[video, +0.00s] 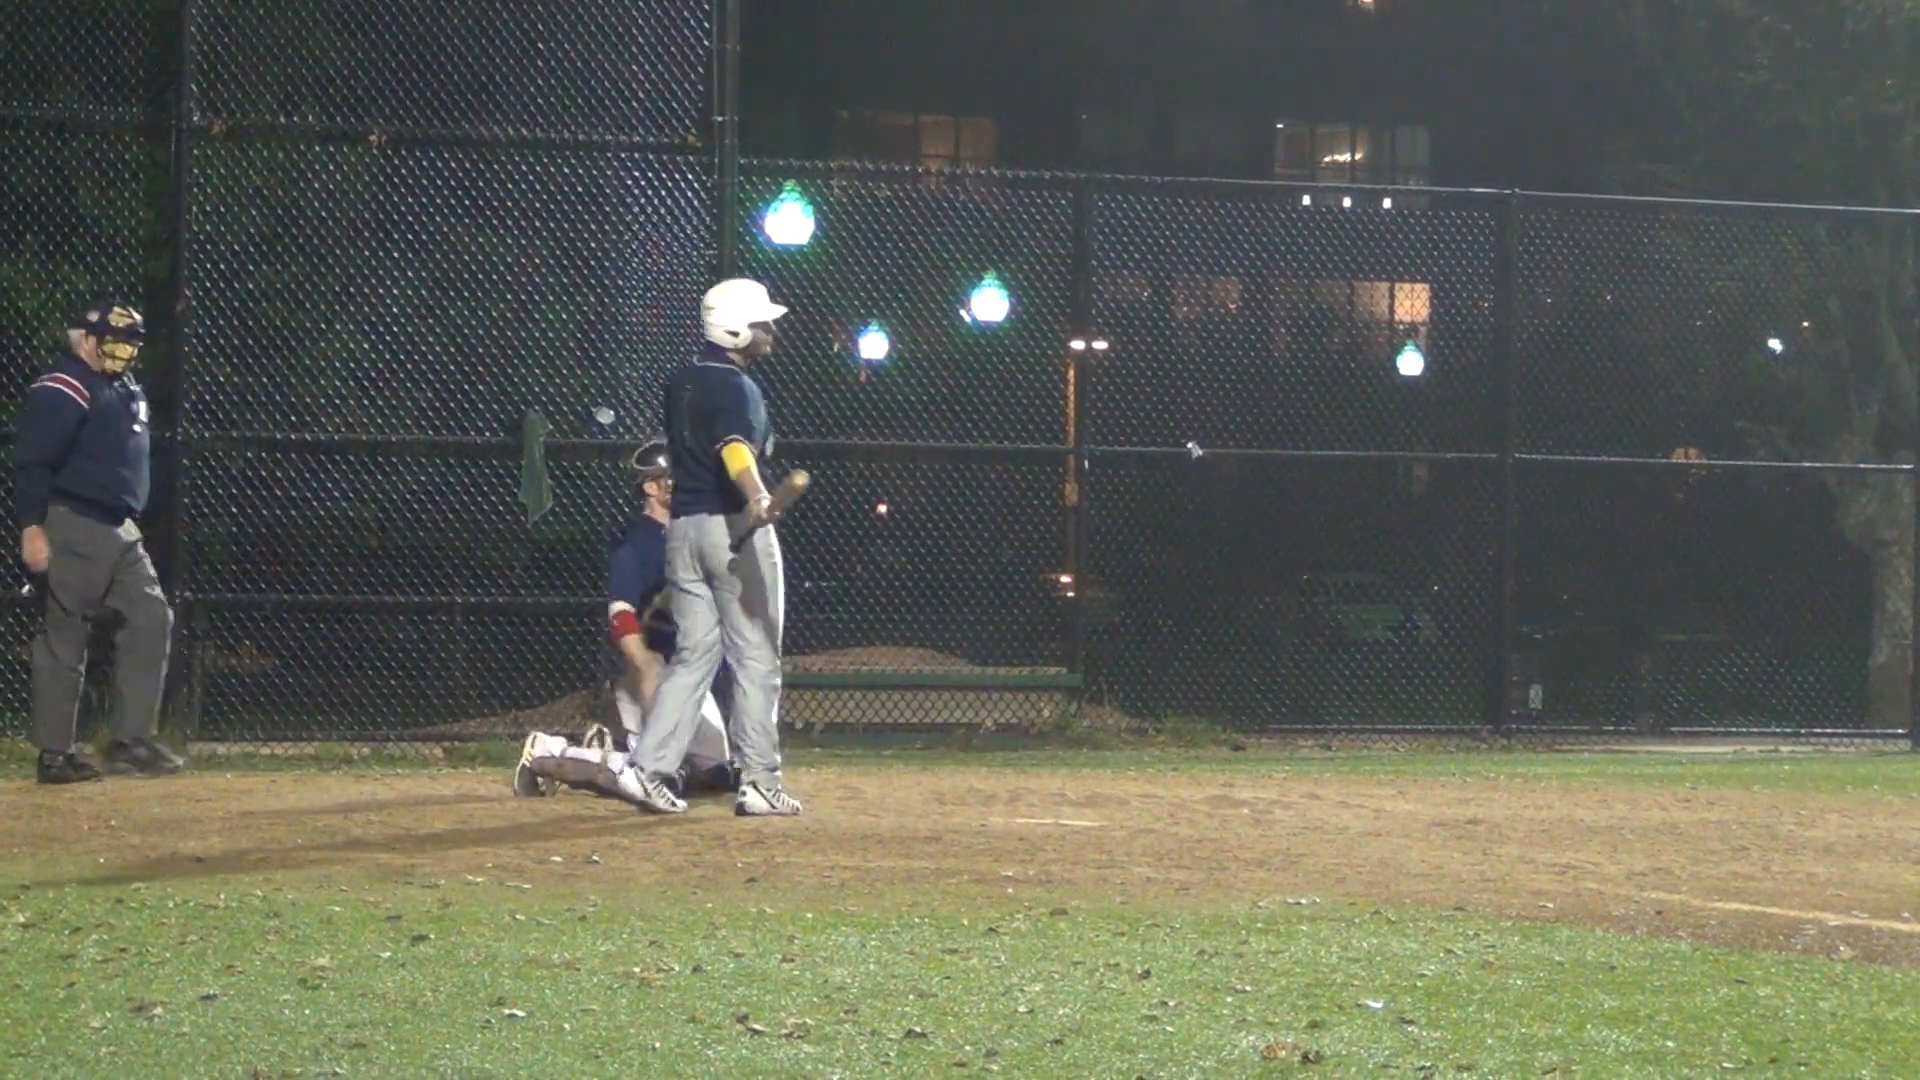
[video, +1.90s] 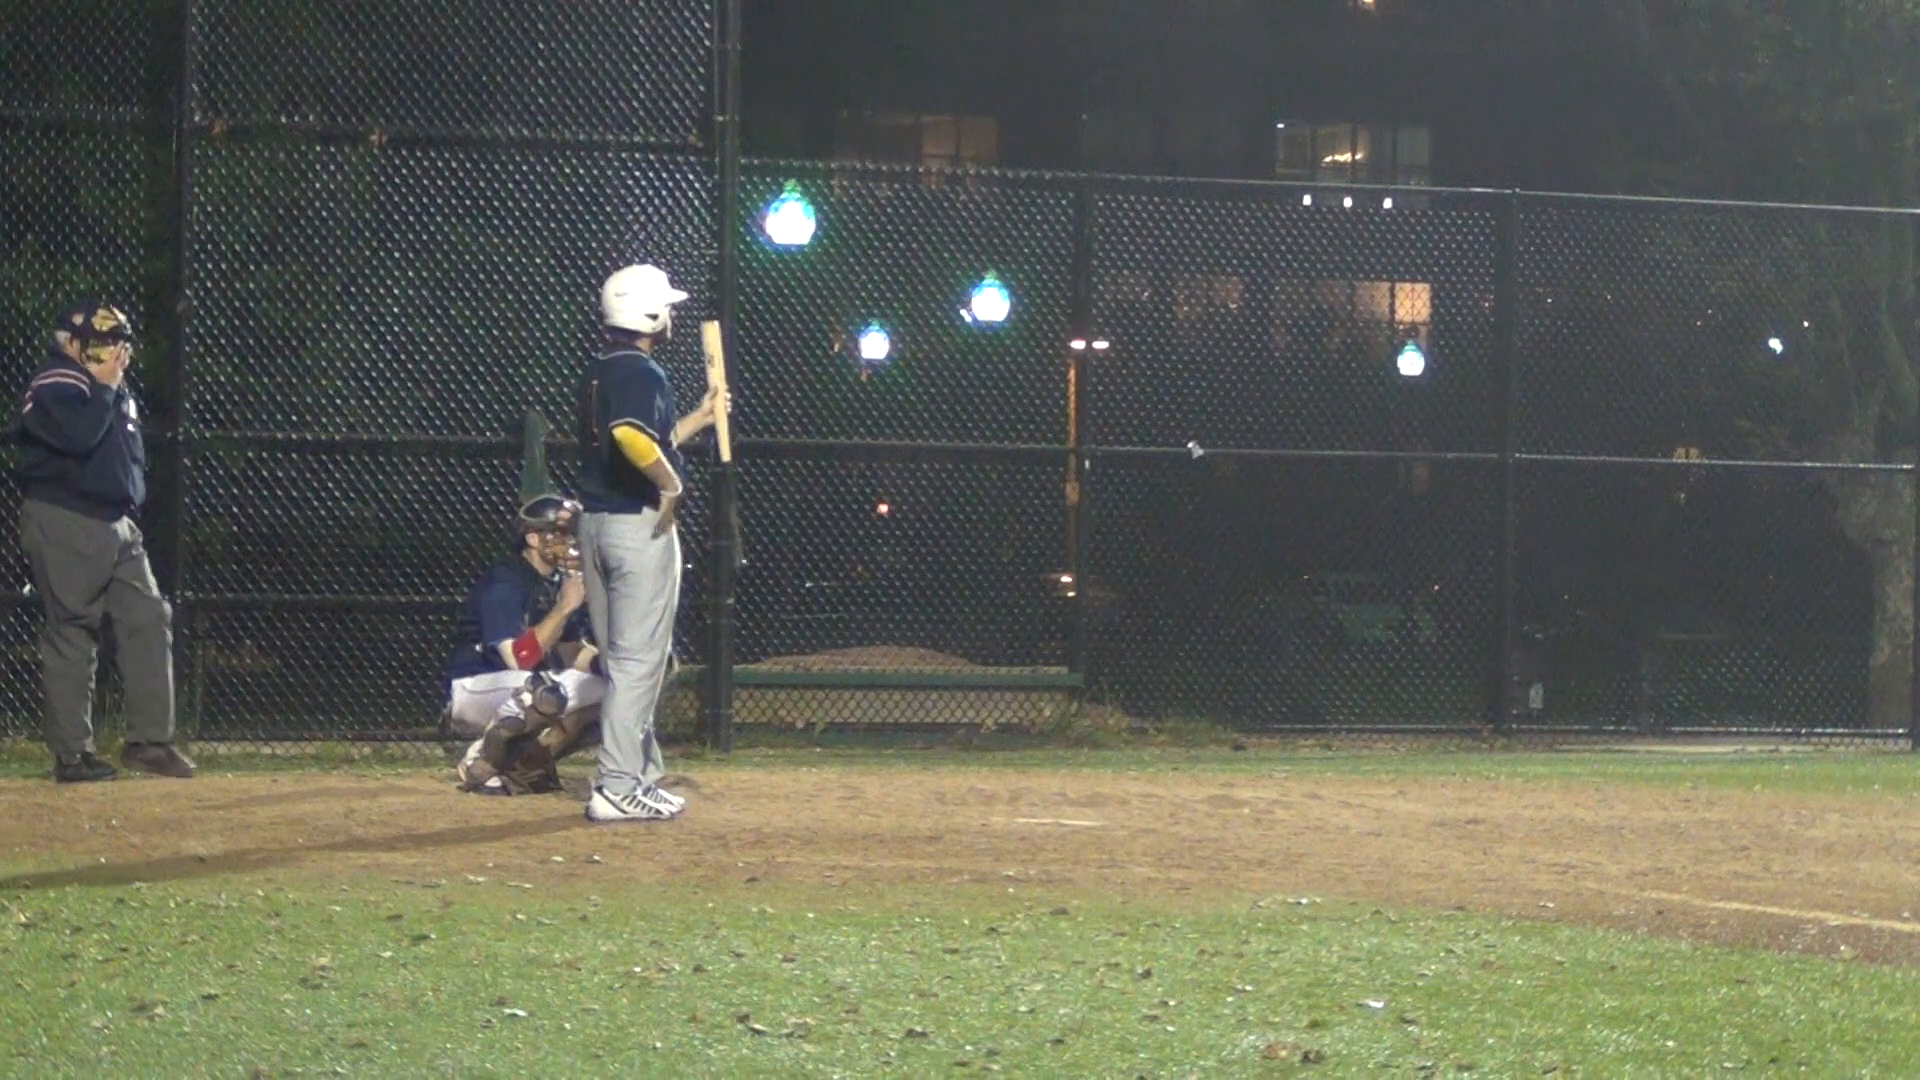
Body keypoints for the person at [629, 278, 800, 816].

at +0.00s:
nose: (773, 333)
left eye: (771, 324)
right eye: (766, 325)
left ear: (721, 330)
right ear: (742, 331)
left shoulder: (681, 381)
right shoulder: (736, 385)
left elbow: (681, 452)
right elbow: (735, 453)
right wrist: (760, 497)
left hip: (685, 527)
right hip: (733, 526)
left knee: (695, 652)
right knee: (756, 656)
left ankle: (650, 769)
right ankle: (759, 784)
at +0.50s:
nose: (699, 324)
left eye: (696, 315)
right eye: (690, 316)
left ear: (651, 323)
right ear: (661, 322)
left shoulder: (610, 377)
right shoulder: (663, 373)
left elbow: (602, 456)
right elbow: (668, 456)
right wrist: (682, 534)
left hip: (621, 523)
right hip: (671, 520)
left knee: (638, 651)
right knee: (744, 629)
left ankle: (635, 782)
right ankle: (726, 751)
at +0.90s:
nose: (671, 319)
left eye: (667, 310)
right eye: (662, 311)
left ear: (623, 320)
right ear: (637, 318)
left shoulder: (591, 383)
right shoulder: (657, 372)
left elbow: (585, 465)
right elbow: (677, 453)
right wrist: (716, 520)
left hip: (605, 527)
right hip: (657, 525)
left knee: (630, 651)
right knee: (685, 647)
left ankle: (628, 780)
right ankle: (646, 766)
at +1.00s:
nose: (666, 319)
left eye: (663, 310)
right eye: (659, 311)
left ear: (616, 321)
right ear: (637, 318)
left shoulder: (587, 382)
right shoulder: (654, 373)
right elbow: (676, 453)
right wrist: (722, 510)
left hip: (603, 523)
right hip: (654, 521)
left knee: (625, 654)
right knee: (665, 653)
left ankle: (628, 773)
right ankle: (630, 779)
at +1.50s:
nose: (666, 315)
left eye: (663, 307)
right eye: (659, 308)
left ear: (615, 319)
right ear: (640, 316)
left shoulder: (597, 374)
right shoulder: (640, 376)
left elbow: (638, 454)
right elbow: (652, 462)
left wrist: (709, 431)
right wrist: (694, 501)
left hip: (601, 524)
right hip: (641, 527)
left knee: (624, 654)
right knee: (638, 657)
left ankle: (635, 773)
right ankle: (617, 786)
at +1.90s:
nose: (671, 315)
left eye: (668, 308)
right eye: (665, 309)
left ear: (617, 316)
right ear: (649, 315)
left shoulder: (603, 371)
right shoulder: (639, 370)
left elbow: (652, 449)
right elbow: (627, 433)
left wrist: (702, 415)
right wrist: (671, 484)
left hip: (602, 525)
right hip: (637, 528)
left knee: (629, 654)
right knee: (638, 657)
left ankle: (635, 773)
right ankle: (618, 787)